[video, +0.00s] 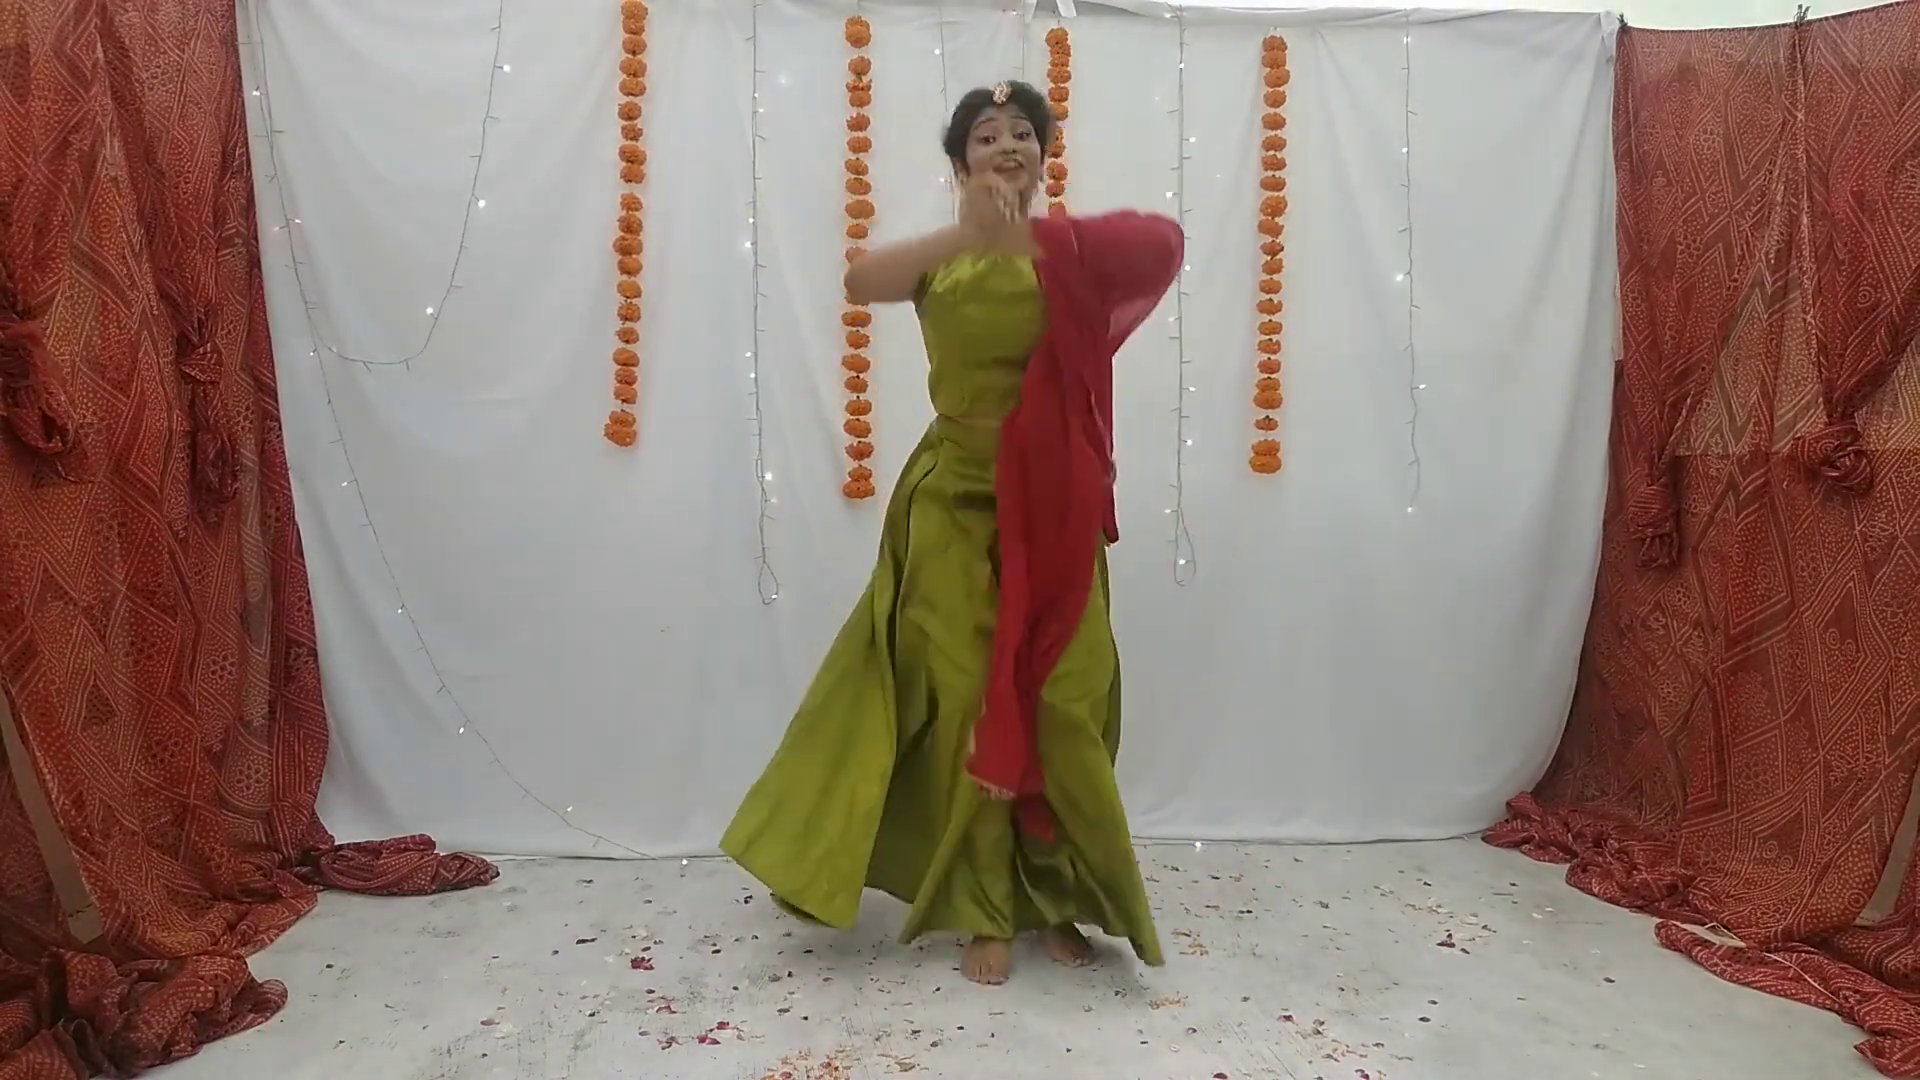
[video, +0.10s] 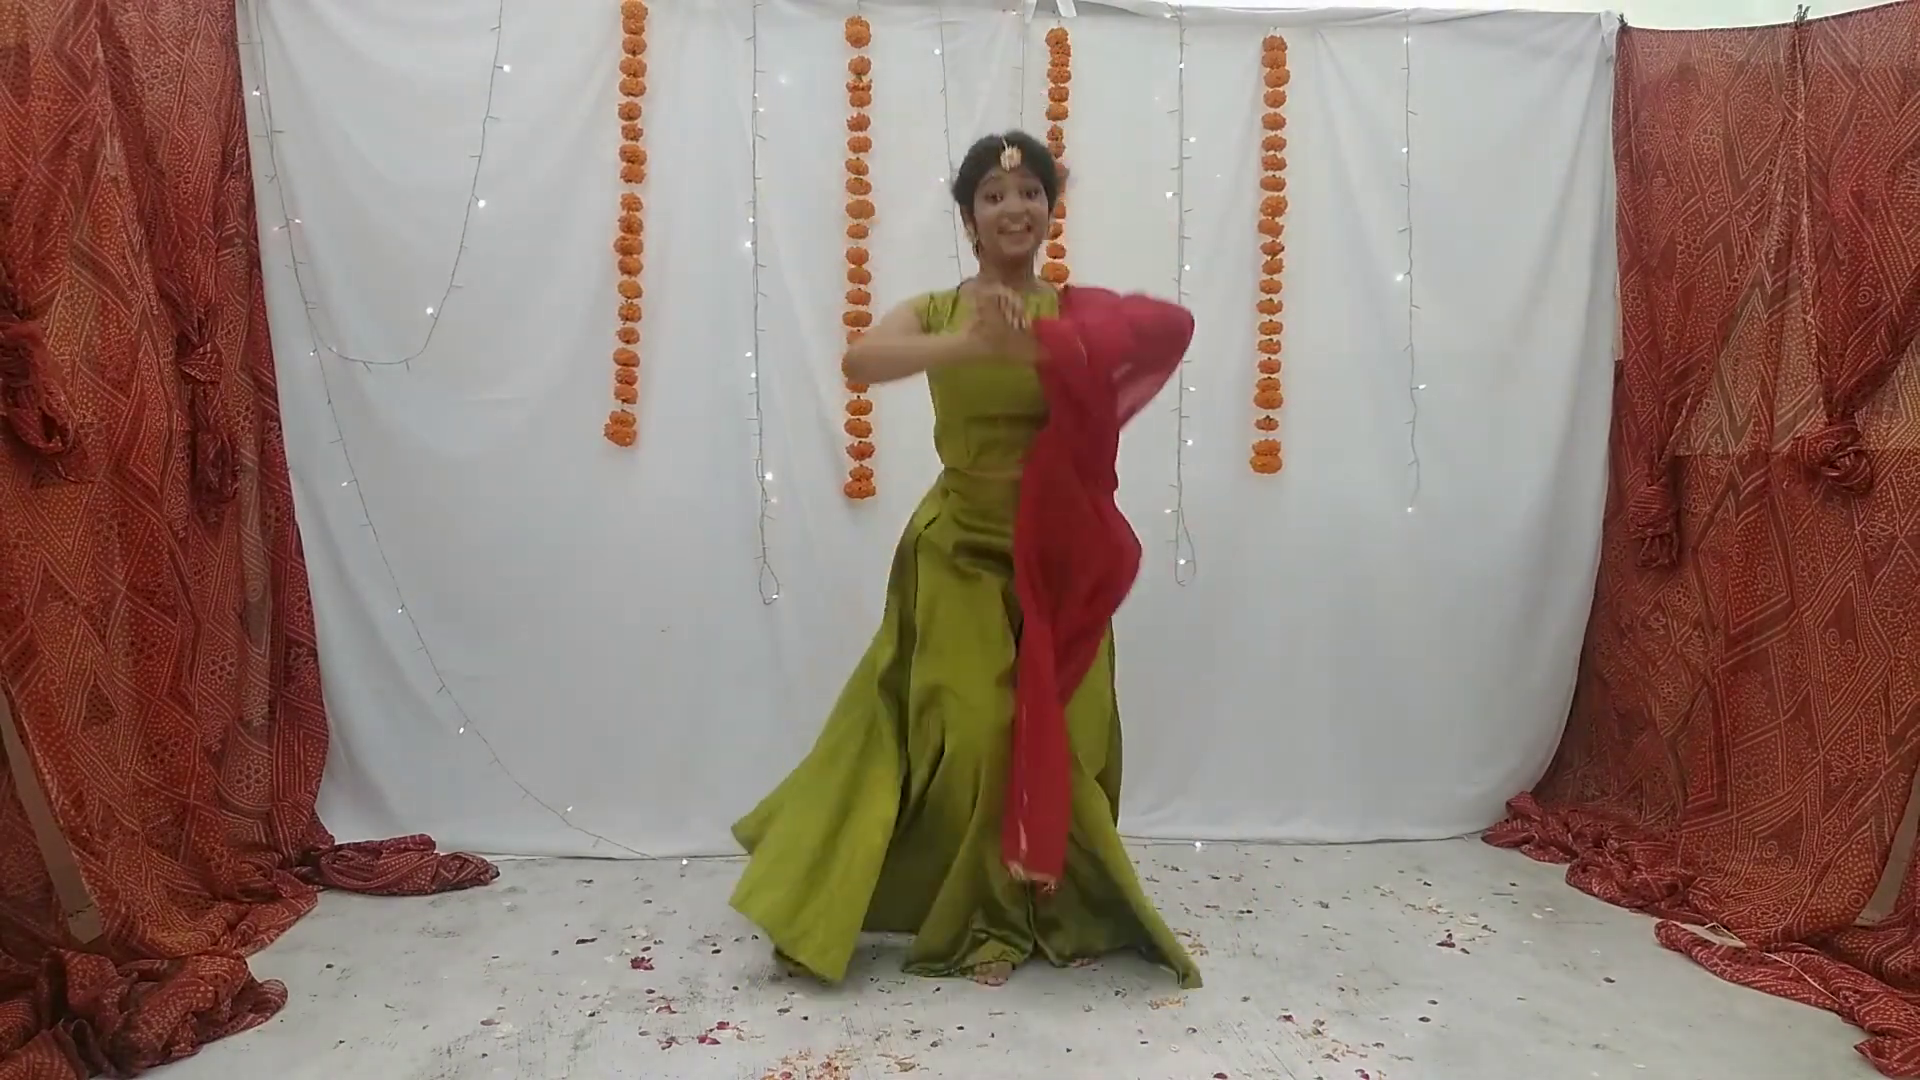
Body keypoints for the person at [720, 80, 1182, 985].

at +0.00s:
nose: (1006, 149)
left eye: (1021, 136)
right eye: (988, 139)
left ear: (1046, 159)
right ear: (960, 164)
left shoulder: (1074, 253)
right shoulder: (939, 257)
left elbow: (1165, 243)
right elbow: (861, 278)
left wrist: (1067, 237)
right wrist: (969, 230)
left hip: (1058, 493)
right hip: (956, 490)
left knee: (1067, 694)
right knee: (970, 692)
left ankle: (1057, 902)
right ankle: (987, 911)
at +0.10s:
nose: (1013, 209)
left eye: (1028, 193)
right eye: (994, 195)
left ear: (1052, 210)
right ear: (968, 215)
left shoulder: (1082, 311)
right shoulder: (933, 311)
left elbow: (1165, 332)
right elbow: (862, 362)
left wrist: (1056, 341)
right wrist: (973, 339)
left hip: (1059, 547)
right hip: (962, 542)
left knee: (1068, 729)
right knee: (978, 725)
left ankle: (1062, 913)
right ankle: (991, 922)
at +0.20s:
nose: (1015, 256)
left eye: (1031, 240)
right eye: (997, 239)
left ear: (1053, 250)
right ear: (970, 250)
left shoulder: (1081, 340)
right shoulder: (933, 347)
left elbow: (1165, 374)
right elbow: (860, 409)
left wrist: (1068, 392)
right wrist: (976, 398)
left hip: (1064, 574)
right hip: (965, 572)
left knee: (1080, 749)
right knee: (976, 747)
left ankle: (1060, 913)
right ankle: (995, 910)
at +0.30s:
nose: (1015, 253)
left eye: (1031, 236)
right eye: (997, 237)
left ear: (1055, 245)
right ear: (973, 247)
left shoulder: (1082, 330)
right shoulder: (938, 336)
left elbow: (1162, 357)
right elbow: (860, 385)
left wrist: (1049, 365)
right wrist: (976, 370)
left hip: (1069, 558)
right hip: (971, 558)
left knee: (1072, 741)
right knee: (975, 740)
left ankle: (1061, 911)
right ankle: (976, 911)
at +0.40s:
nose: (1016, 200)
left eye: (1031, 185)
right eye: (999, 187)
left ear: (1056, 200)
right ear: (974, 202)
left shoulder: (1079, 295)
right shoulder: (949, 298)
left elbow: (1157, 287)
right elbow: (857, 305)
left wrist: (1064, 296)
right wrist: (979, 296)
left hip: (1072, 521)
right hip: (975, 521)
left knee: (1076, 717)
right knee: (976, 714)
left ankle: (1084, 919)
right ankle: (974, 916)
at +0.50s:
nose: (1017, 145)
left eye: (1034, 131)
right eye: (1000, 133)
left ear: (1057, 146)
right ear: (976, 150)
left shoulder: (1087, 241)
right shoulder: (949, 244)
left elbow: (1162, 198)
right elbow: (856, 212)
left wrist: (1066, 219)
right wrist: (983, 209)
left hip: (1068, 473)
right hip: (970, 470)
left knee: (1067, 691)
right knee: (959, 691)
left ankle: (1076, 916)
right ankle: (956, 921)